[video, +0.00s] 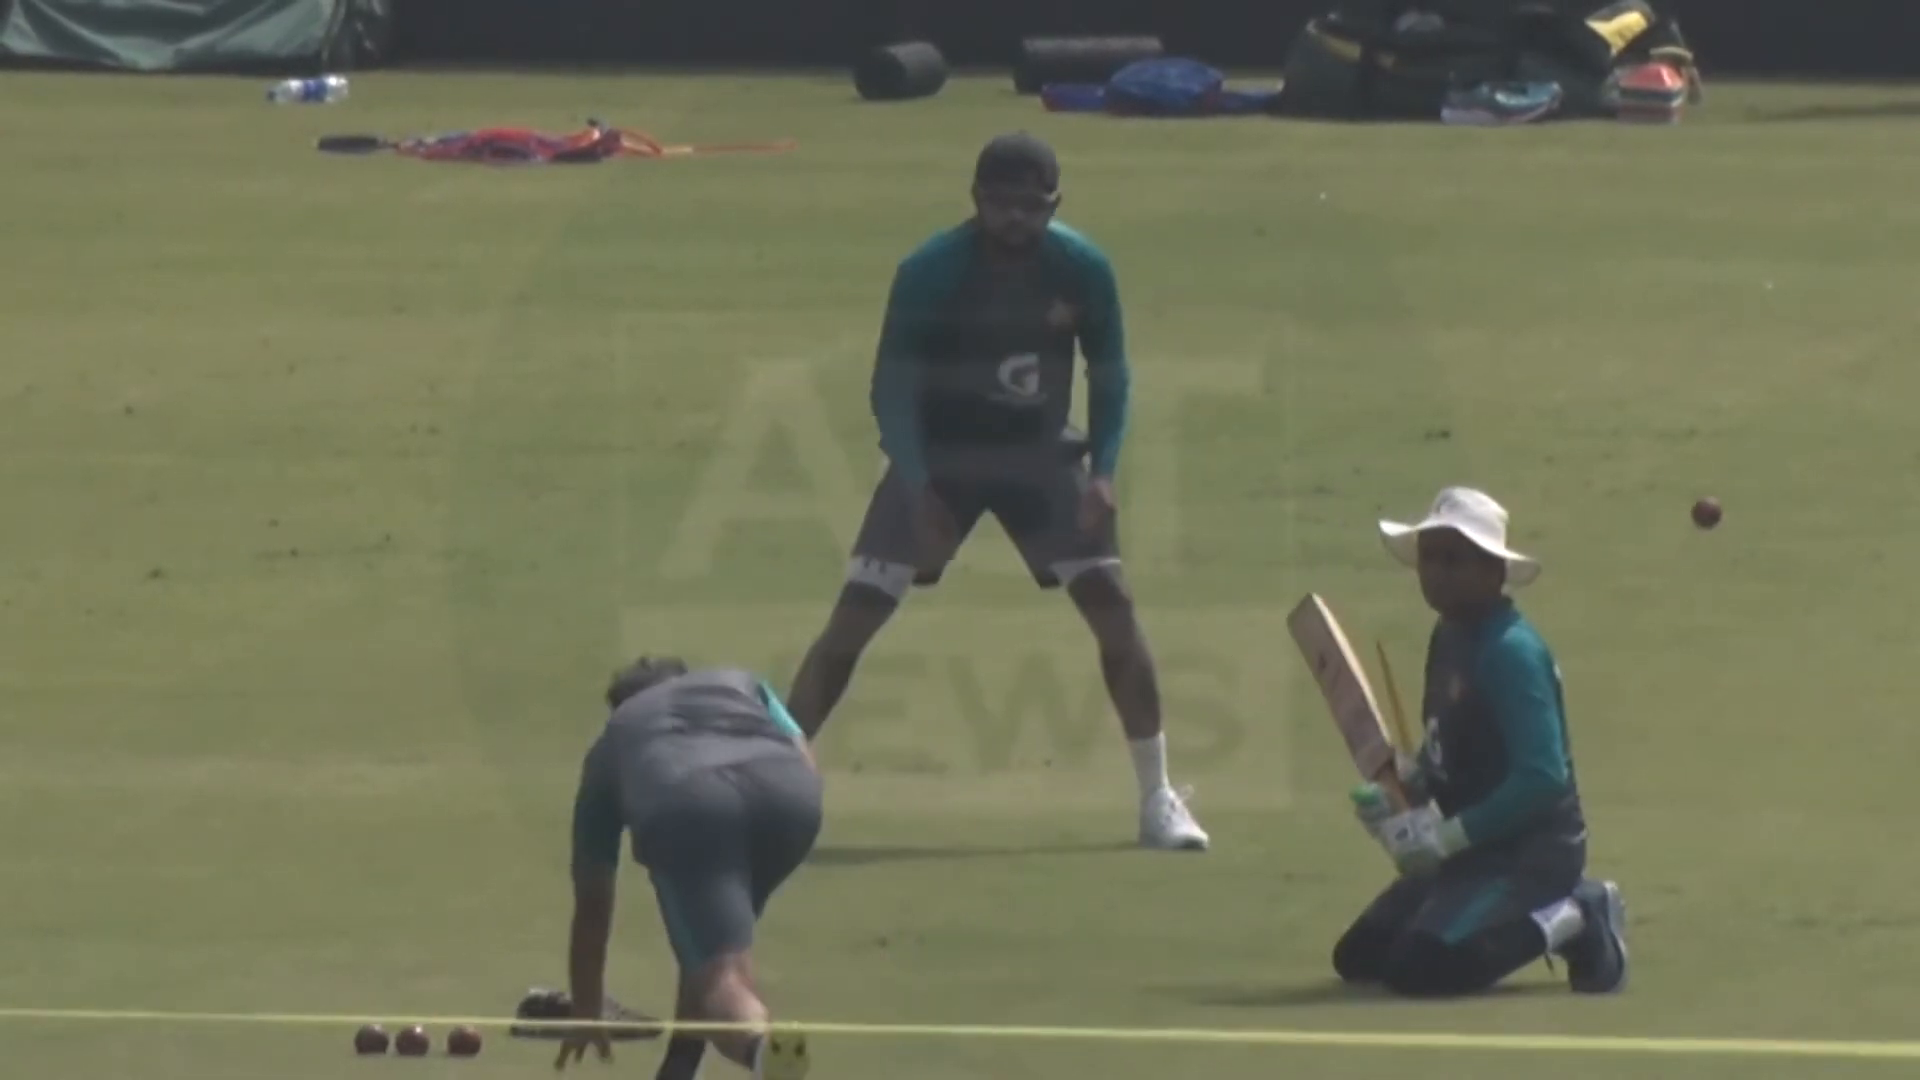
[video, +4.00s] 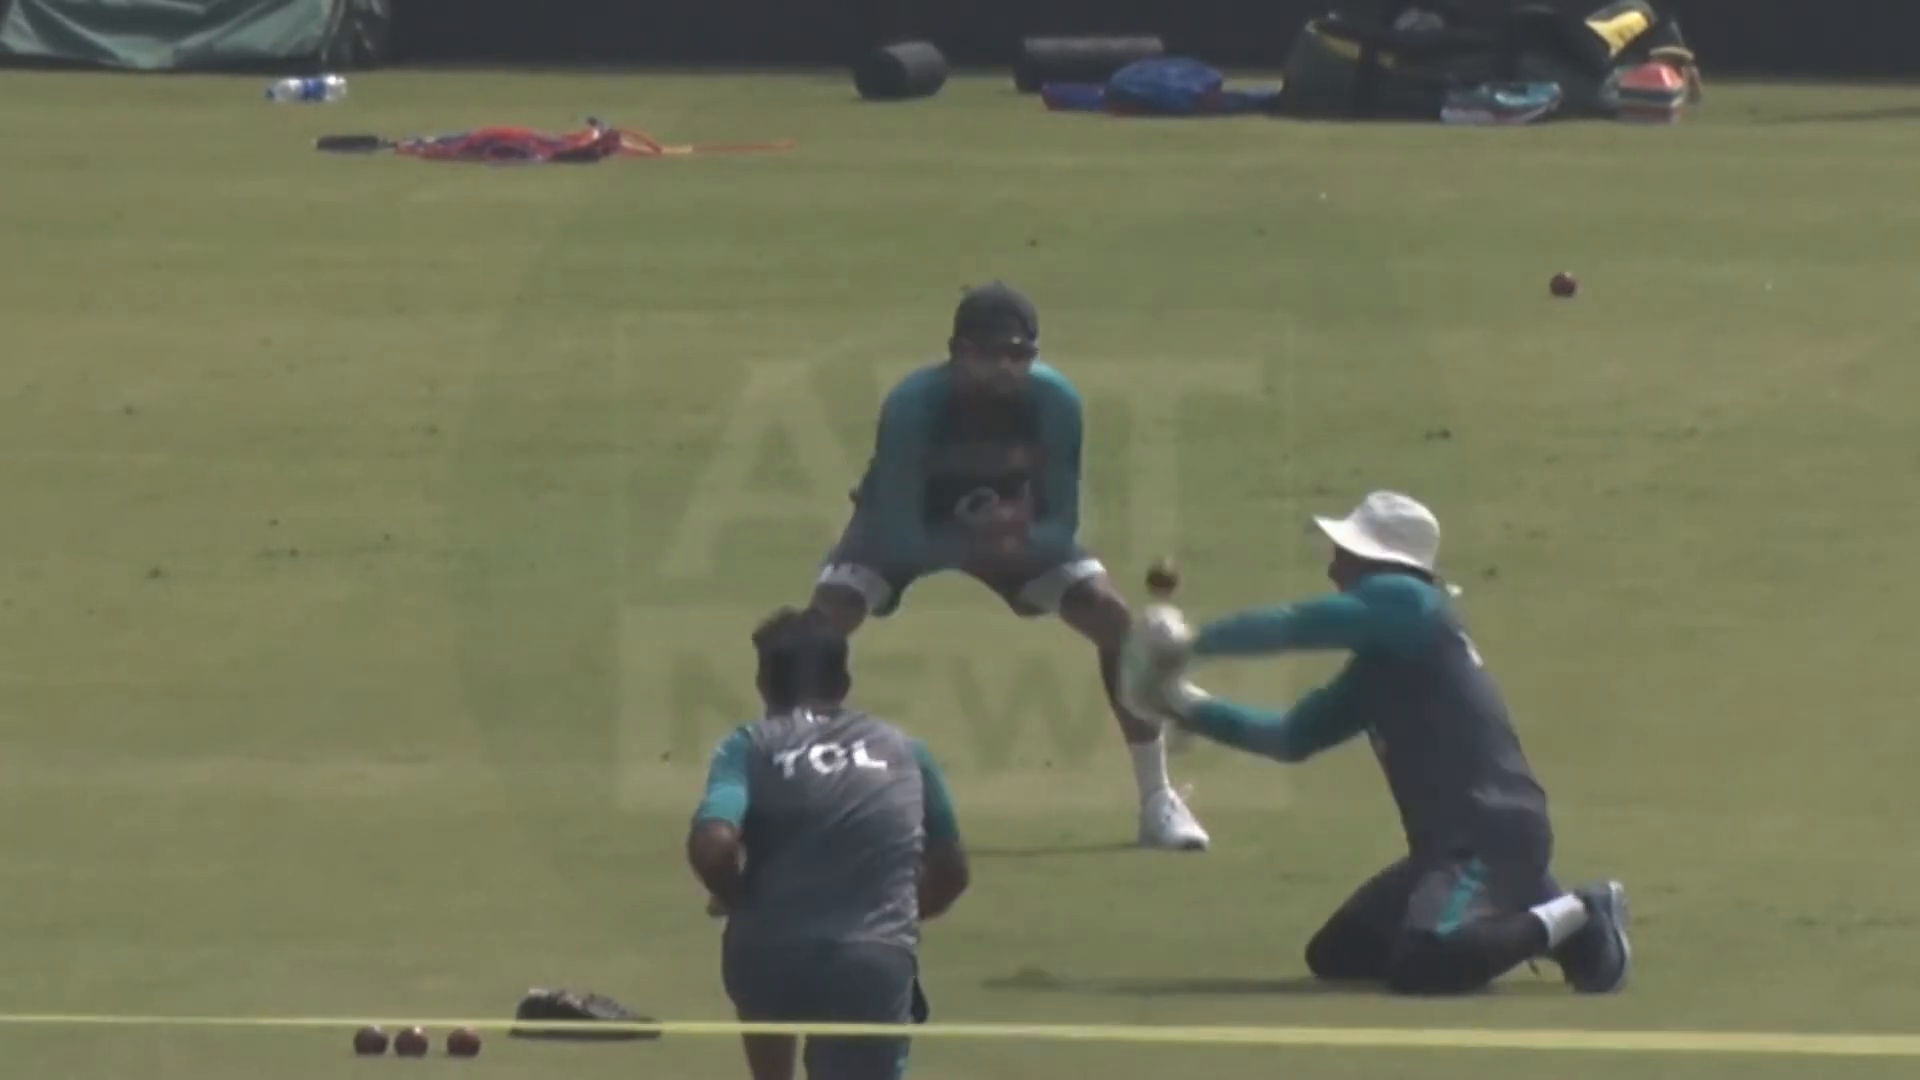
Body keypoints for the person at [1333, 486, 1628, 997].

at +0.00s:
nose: (1434, 572)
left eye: (1452, 558)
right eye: (1427, 557)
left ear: (1493, 571)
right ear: (1416, 563)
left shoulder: (1512, 651)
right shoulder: (1450, 637)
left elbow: (1543, 778)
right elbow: (1451, 751)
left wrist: (1448, 836)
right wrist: (1404, 793)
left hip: (1532, 857)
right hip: (1478, 849)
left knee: (1416, 971)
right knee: (1358, 958)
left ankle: (1577, 917)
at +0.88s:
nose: (1386, 579)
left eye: (1394, 568)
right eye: (1388, 567)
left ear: (1421, 578)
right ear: (1442, 577)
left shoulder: (1471, 647)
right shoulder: (1443, 645)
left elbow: (1505, 773)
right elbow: (1456, 768)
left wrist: (1423, 840)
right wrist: (1399, 795)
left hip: (1525, 856)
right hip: (1484, 849)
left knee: (1415, 971)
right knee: (1358, 958)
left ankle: (1577, 917)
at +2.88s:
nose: (1419, 587)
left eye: (1437, 571)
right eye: (1412, 572)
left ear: (1476, 578)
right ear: (1400, 577)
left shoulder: (1495, 651)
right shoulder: (1434, 646)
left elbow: (1522, 777)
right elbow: (1446, 758)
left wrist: (1434, 841)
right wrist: (1405, 804)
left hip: (1534, 855)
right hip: (1481, 848)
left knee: (1416, 969)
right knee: (1357, 957)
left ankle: (1579, 919)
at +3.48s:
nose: (1414, 586)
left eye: (1432, 570)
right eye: (1407, 571)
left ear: (1470, 576)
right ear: (1396, 576)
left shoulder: (1492, 650)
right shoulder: (1434, 642)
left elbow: (1483, 780)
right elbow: (1443, 757)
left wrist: (1395, 797)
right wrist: (1388, 758)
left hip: (1524, 859)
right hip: (1466, 853)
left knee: (1415, 970)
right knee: (1356, 959)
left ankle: (1577, 920)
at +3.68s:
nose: (1413, 581)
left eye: (1430, 565)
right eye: (1405, 567)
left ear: (1465, 569)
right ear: (1395, 572)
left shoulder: (1490, 635)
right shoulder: (1437, 633)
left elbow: (1430, 747)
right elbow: (1430, 722)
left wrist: (1348, 734)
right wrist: (1358, 696)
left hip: (1519, 857)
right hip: (1461, 850)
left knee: (1417, 971)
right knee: (1354, 958)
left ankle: (1576, 917)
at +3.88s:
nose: (1374, 580)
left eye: (1388, 566)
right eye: (1372, 566)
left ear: (1429, 570)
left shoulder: (1458, 625)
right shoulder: (1423, 638)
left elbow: (1377, 722)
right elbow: (1377, 751)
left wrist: (1281, 712)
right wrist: (1281, 723)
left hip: (1506, 857)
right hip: (1454, 858)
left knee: (1422, 969)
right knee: (1339, 955)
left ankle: (1576, 917)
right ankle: (1505, 927)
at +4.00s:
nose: (1333, 563)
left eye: (1344, 552)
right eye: (1337, 551)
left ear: (1377, 559)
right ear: (1394, 563)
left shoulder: (1408, 603)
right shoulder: (1387, 660)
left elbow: (1297, 625)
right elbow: (1292, 737)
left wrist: (1191, 640)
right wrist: (1180, 703)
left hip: (1489, 846)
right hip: (1446, 851)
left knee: (1416, 968)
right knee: (1335, 955)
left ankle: (1576, 915)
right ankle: (1520, 923)